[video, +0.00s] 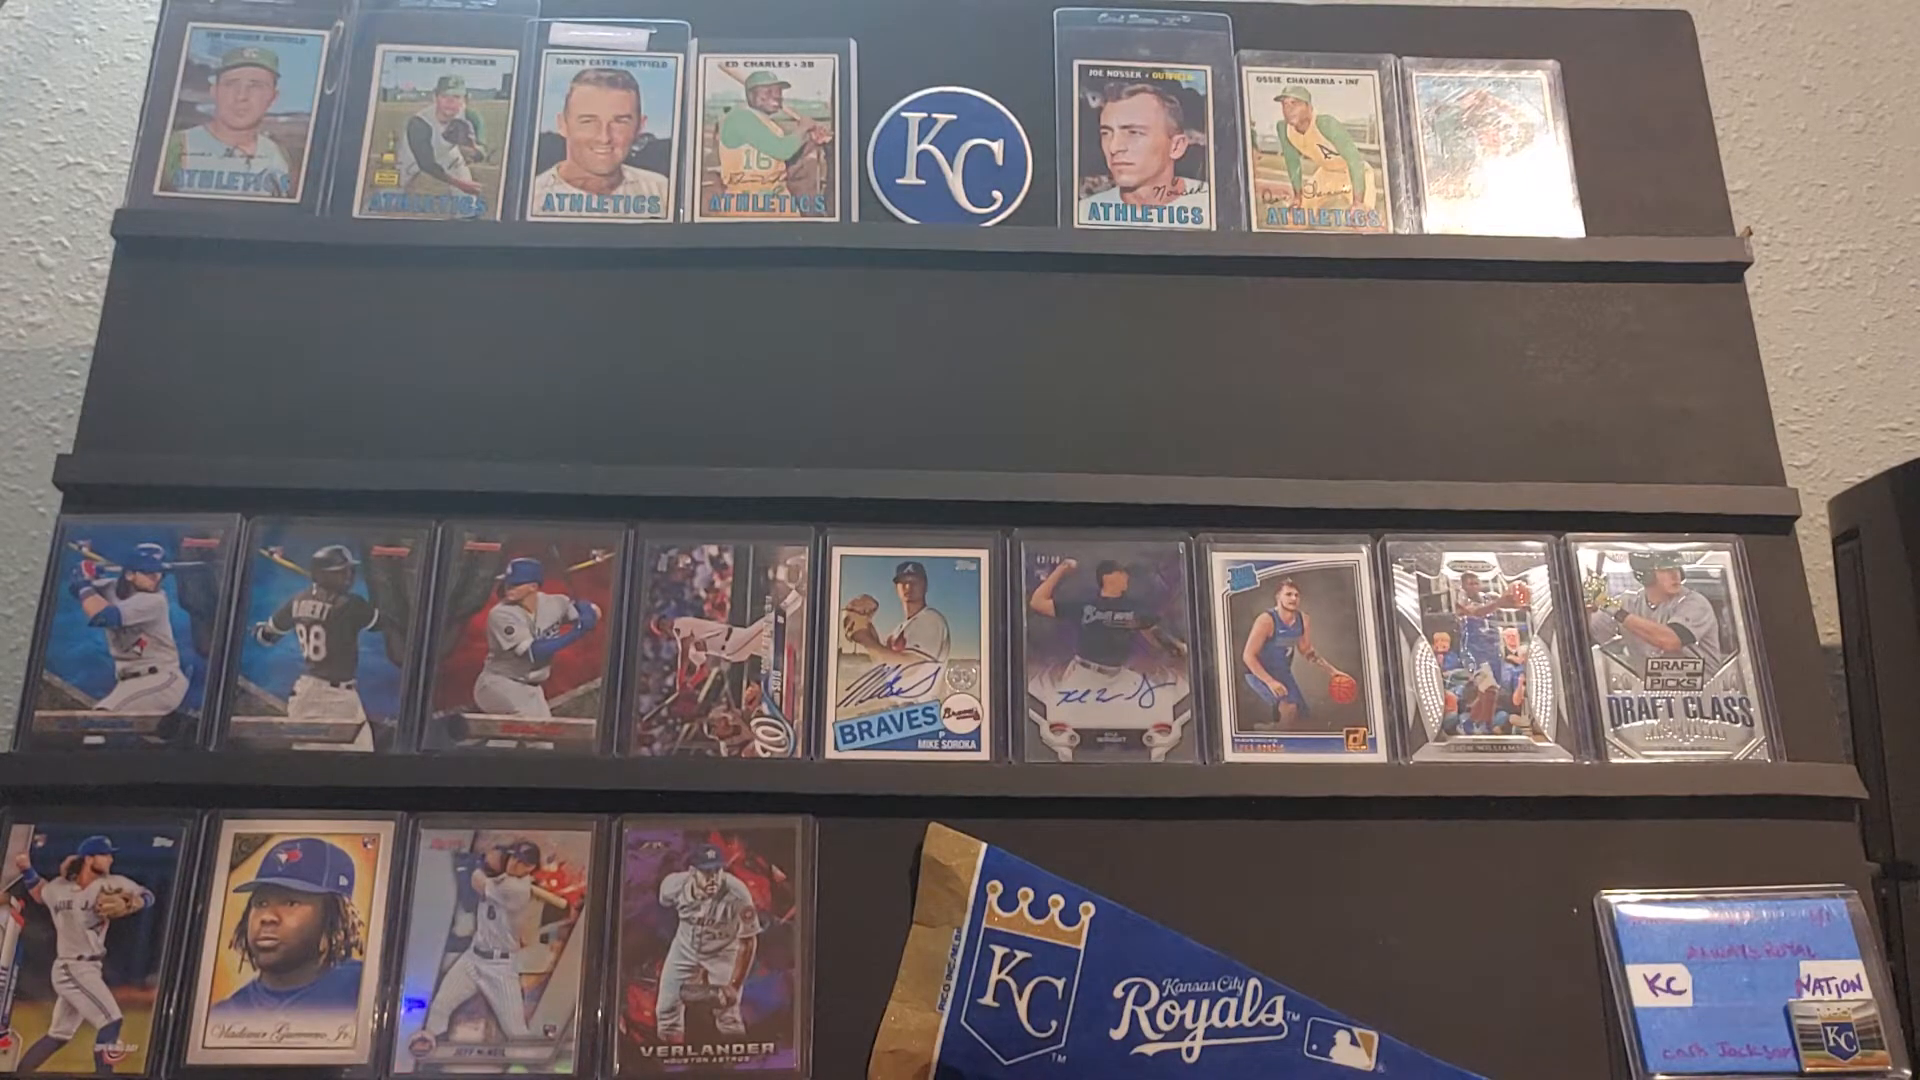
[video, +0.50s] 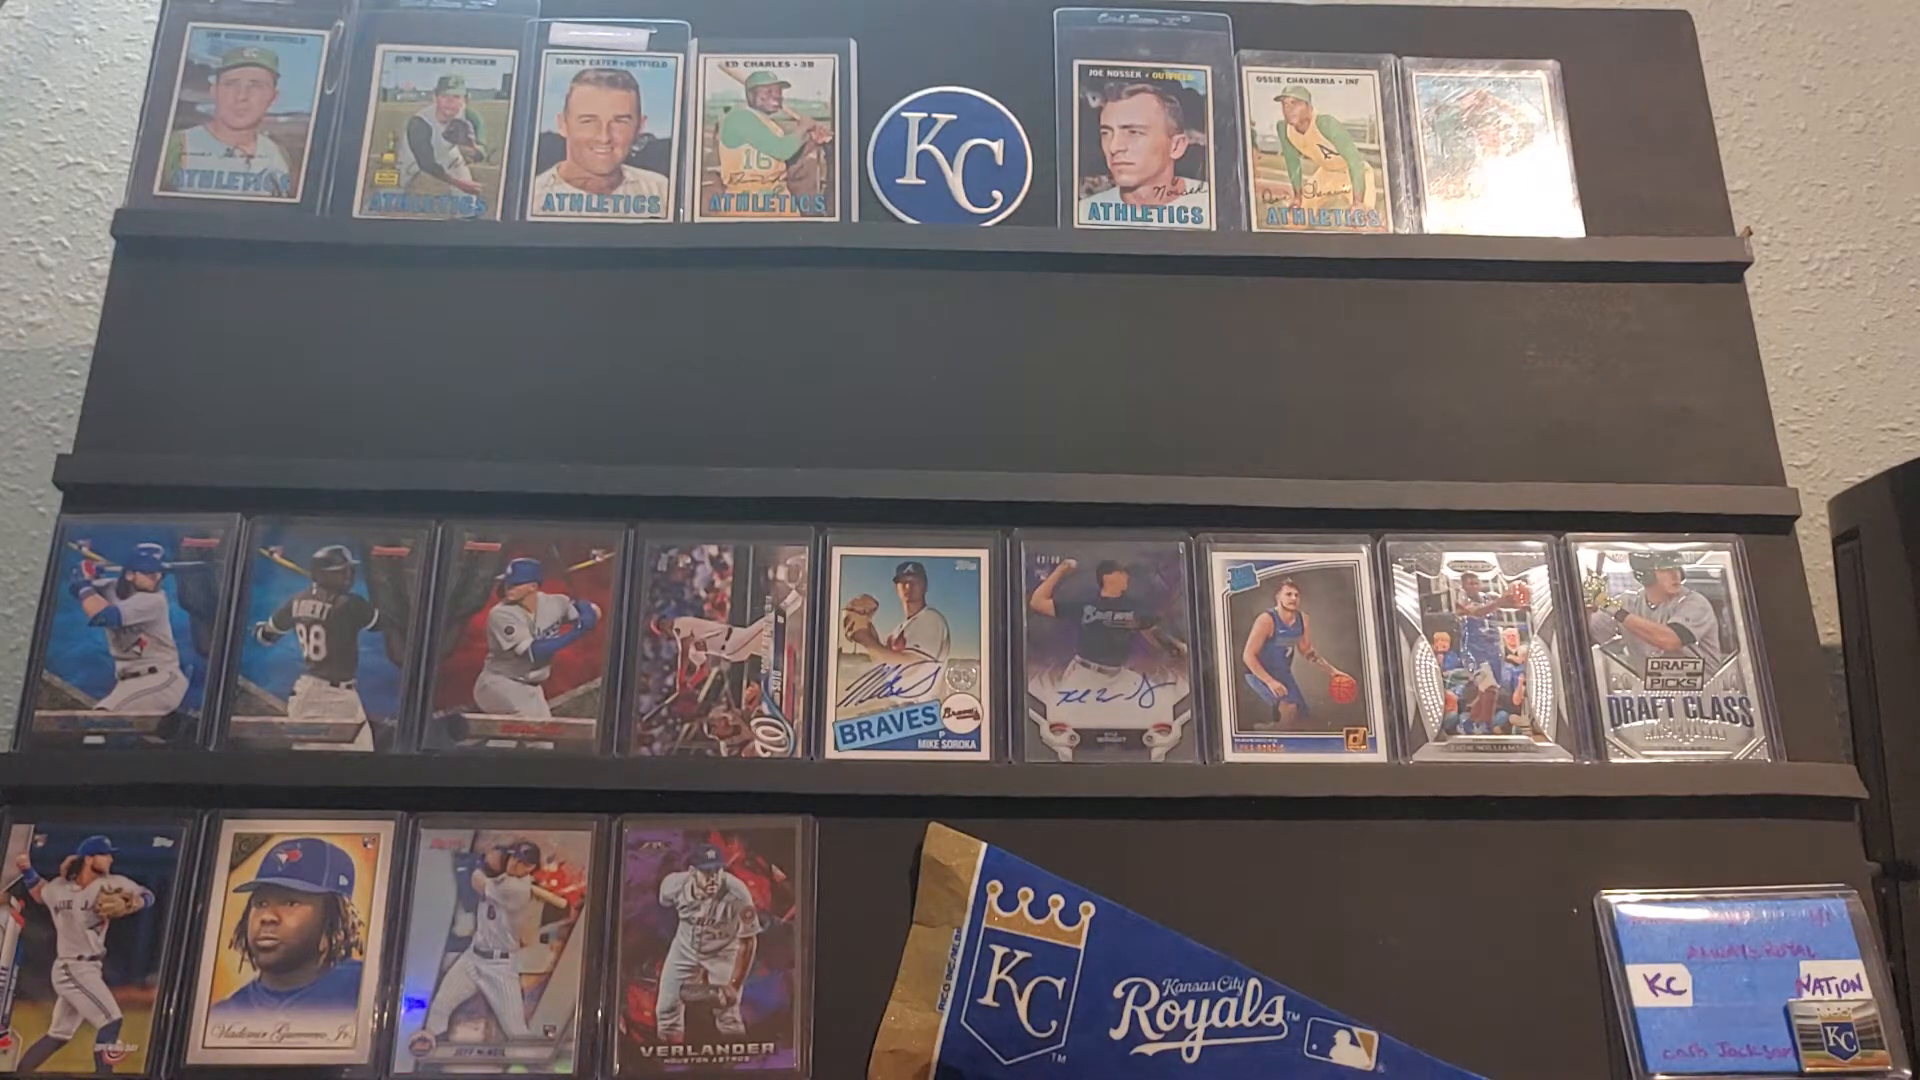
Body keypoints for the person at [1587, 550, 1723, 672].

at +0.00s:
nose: (1677, 575)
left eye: (1678, 568)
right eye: (1667, 569)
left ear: (1682, 571)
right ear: (1645, 574)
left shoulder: (1696, 604)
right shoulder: (1628, 603)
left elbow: (1671, 641)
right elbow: (1585, 636)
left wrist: (1620, 614)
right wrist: (1584, 610)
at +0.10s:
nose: (1677, 576)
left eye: (1678, 569)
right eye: (1667, 569)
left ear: (1682, 571)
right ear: (1645, 574)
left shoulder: (1696, 604)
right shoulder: (1628, 603)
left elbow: (1671, 641)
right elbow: (1587, 637)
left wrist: (1620, 614)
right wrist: (1585, 610)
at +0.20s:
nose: (1677, 576)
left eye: (1678, 568)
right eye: (1667, 569)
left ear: (1682, 571)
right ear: (1645, 574)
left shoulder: (1696, 604)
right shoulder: (1628, 604)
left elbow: (1671, 641)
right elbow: (1586, 637)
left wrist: (1620, 614)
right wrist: (1585, 610)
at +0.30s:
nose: (1677, 576)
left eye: (1678, 569)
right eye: (1667, 569)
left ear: (1682, 571)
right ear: (1645, 574)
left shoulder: (1696, 604)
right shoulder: (1628, 603)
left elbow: (1671, 641)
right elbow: (1587, 637)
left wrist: (1620, 614)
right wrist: (1585, 610)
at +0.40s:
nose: (1677, 576)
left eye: (1678, 569)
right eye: (1667, 569)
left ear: (1682, 571)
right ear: (1645, 574)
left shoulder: (1696, 604)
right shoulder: (1628, 603)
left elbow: (1671, 641)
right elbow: (1587, 637)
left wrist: (1620, 614)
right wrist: (1585, 610)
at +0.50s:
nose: (1677, 576)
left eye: (1678, 569)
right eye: (1667, 569)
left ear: (1682, 571)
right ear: (1645, 573)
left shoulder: (1696, 604)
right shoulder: (1628, 603)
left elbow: (1671, 641)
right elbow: (1587, 636)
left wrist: (1620, 614)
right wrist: (1585, 610)